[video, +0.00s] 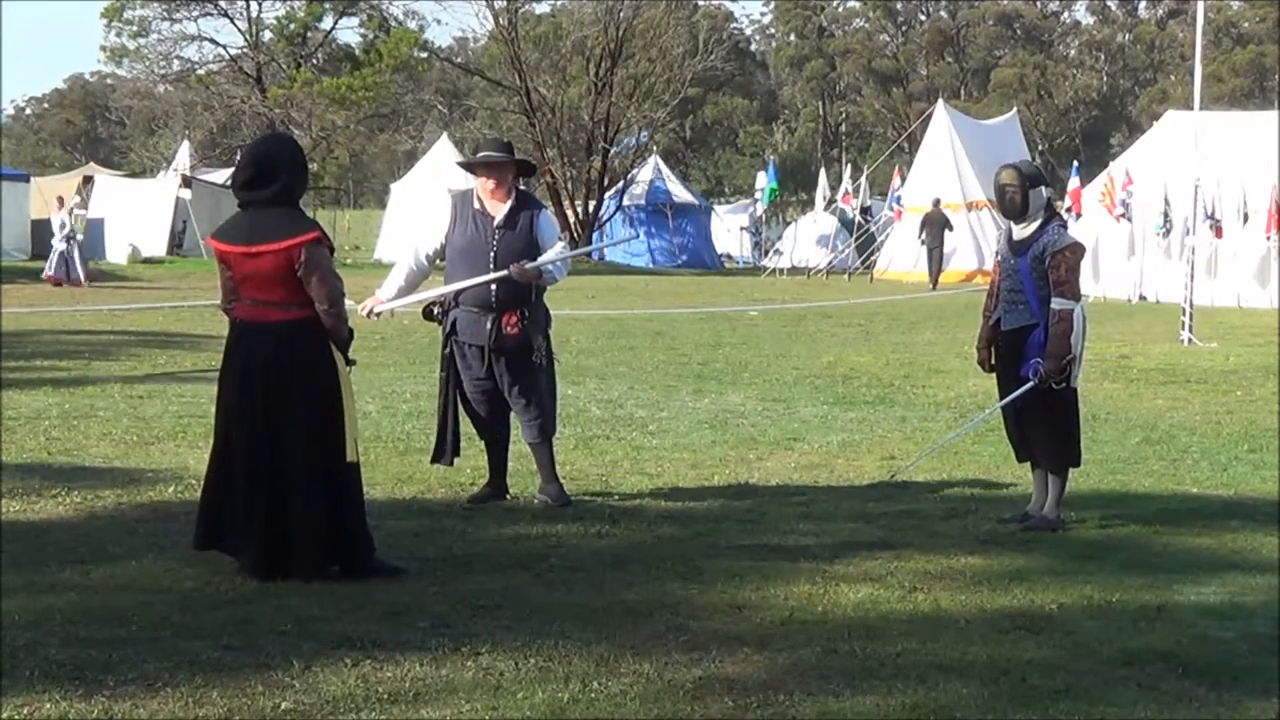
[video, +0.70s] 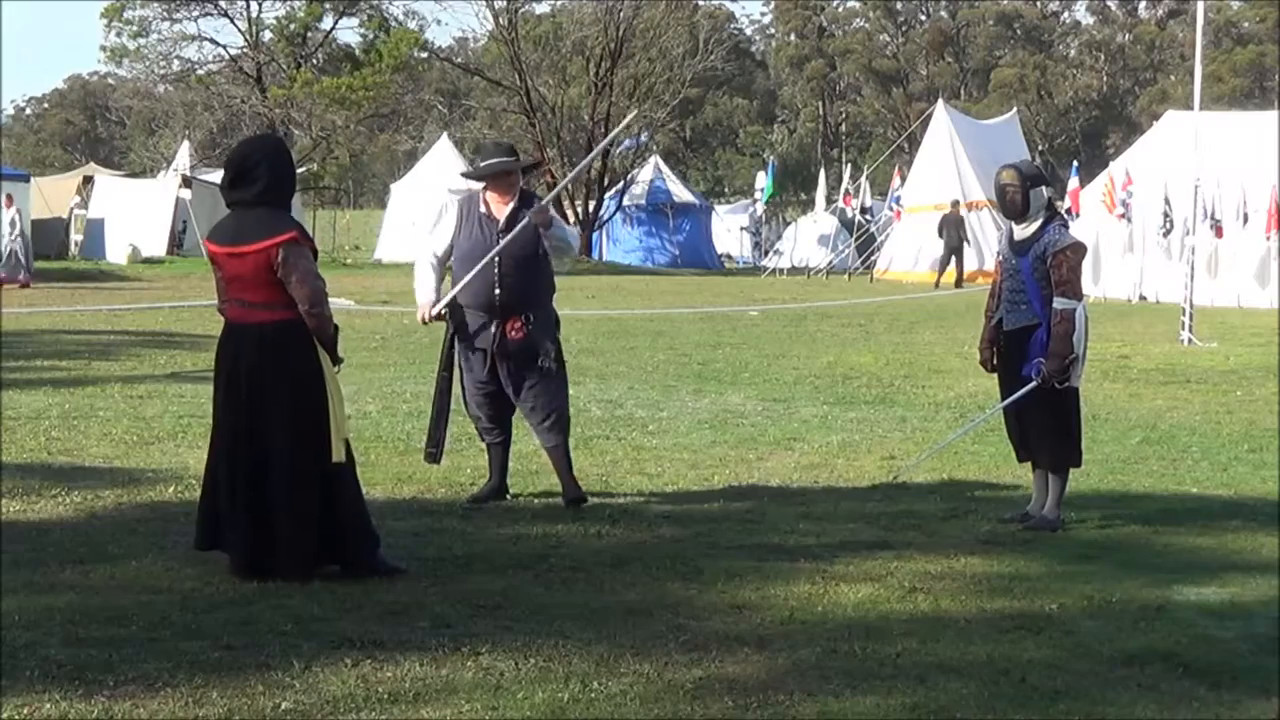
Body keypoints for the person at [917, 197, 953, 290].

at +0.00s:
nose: (937, 205)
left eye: (935, 204)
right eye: (938, 204)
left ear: (932, 204)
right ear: (939, 204)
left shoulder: (927, 215)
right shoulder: (942, 215)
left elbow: (922, 226)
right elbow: (950, 228)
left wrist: (919, 235)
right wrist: (944, 223)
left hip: (929, 242)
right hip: (938, 242)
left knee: (930, 261)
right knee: (937, 262)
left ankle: (931, 279)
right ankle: (933, 282)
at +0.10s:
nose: (940, 207)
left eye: (938, 205)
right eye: (940, 205)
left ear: (933, 205)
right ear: (940, 205)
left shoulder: (928, 216)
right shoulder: (943, 217)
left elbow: (923, 227)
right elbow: (951, 230)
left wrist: (920, 236)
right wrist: (944, 225)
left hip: (930, 243)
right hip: (939, 243)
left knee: (931, 262)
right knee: (939, 262)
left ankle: (932, 281)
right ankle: (934, 282)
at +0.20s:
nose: (943, 206)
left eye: (942, 204)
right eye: (943, 204)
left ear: (935, 205)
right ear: (941, 205)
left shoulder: (930, 215)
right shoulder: (945, 216)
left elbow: (925, 226)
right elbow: (949, 228)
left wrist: (922, 236)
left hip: (932, 244)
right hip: (941, 244)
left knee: (933, 262)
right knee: (944, 261)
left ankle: (934, 281)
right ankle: (937, 279)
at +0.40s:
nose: (949, 205)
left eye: (948, 203)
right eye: (949, 203)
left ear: (941, 203)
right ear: (948, 203)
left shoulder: (935, 213)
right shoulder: (949, 214)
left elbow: (929, 223)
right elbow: (952, 227)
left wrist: (927, 232)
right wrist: (955, 237)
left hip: (937, 240)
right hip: (947, 241)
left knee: (936, 261)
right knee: (950, 262)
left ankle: (934, 281)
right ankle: (949, 281)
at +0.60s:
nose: (956, 208)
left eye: (955, 206)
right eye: (956, 206)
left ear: (948, 206)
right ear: (955, 206)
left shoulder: (942, 216)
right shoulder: (956, 217)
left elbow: (935, 229)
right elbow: (958, 230)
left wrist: (940, 237)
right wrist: (961, 240)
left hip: (944, 243)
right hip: (954, 243)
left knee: (940, 260)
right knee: (956, 264)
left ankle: (935, 279)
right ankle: (957, 282)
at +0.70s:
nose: (959, 208)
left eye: (958, 206)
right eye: (958, 206)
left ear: (951, 206)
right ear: (957, 206)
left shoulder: (945, 216)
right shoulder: (960, 217)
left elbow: (940, 230)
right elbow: (962, 231)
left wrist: (944, 237)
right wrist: (966, 239)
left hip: (948, 243)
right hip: (958, 243)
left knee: (944, 262)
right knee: (959, 263)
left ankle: (938, 279)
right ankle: (958, 282)